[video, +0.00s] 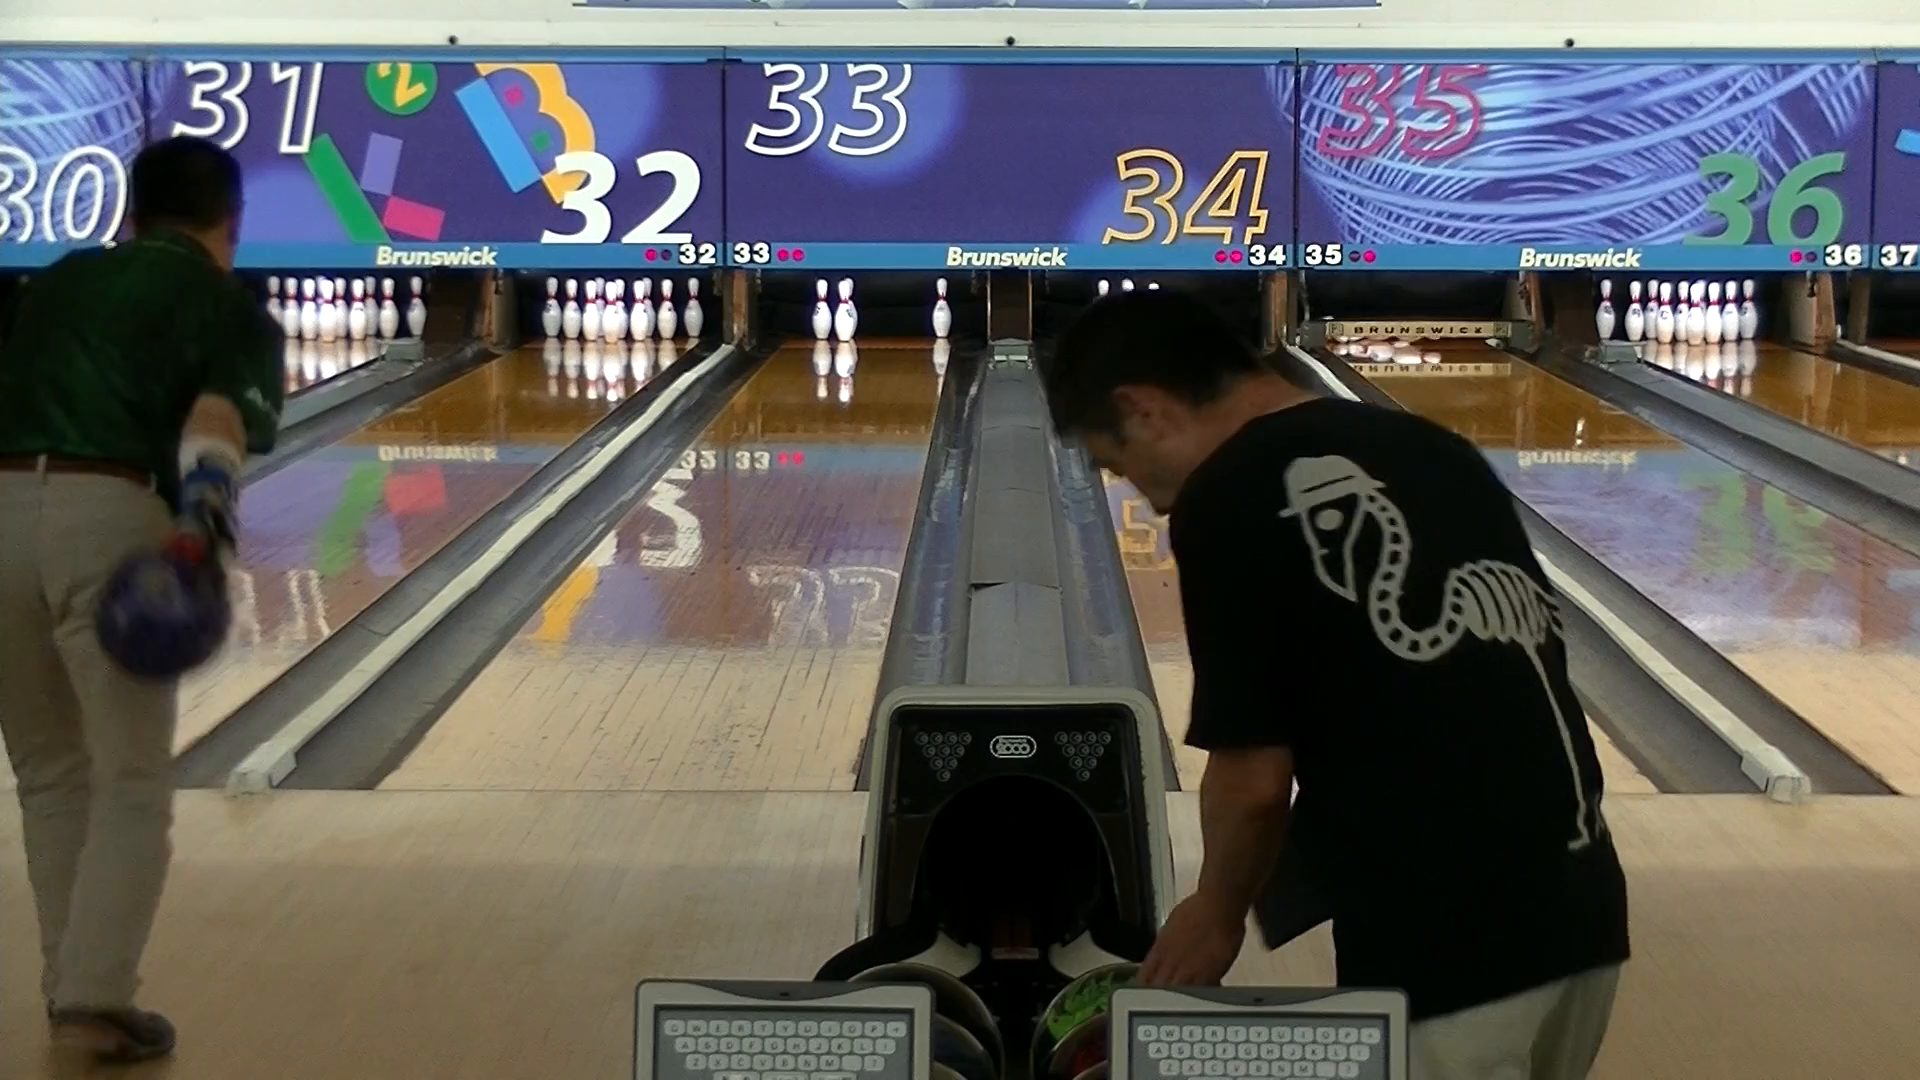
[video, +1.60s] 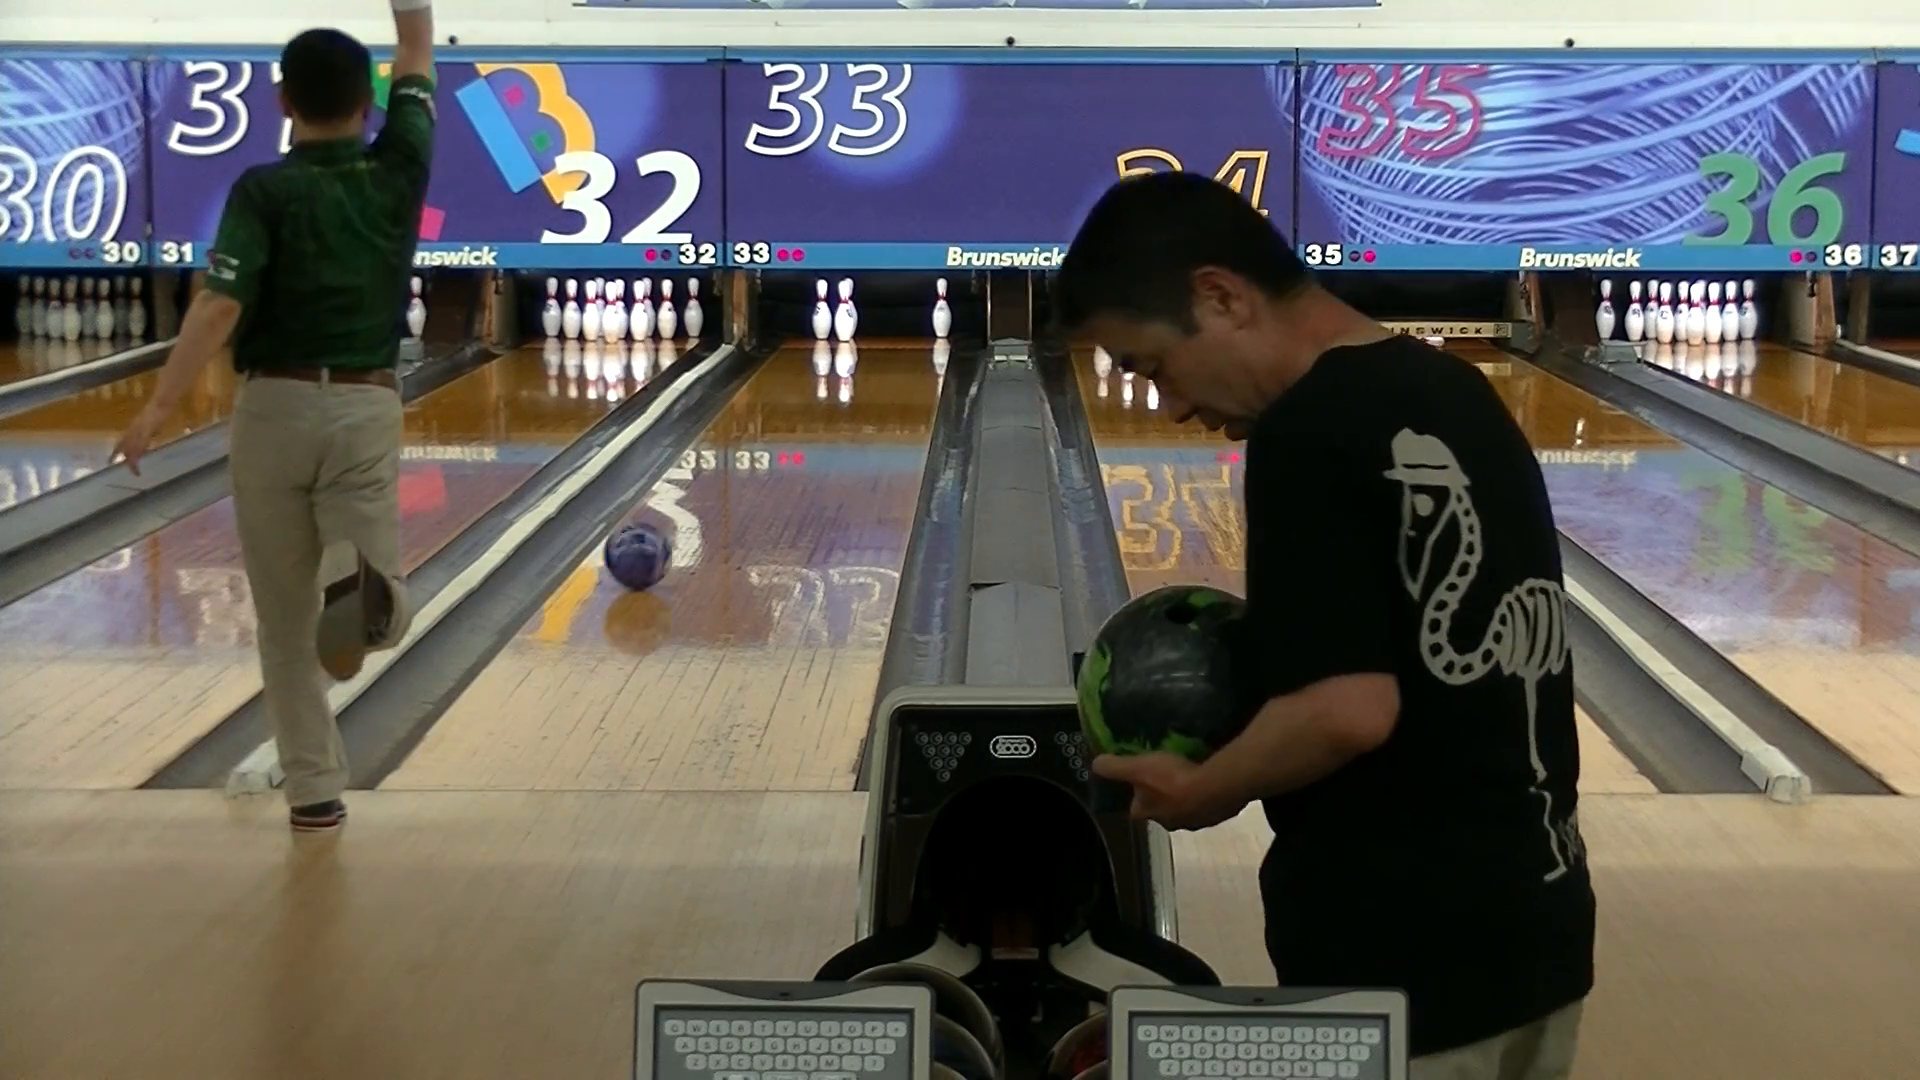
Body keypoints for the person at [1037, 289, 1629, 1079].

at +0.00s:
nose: (1139, 496)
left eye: (1117, 465)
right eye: (1115, 474)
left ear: (1147, 411)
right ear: (1239, 367)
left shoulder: (1227, 499)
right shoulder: (1436, 445)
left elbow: (1254, 780)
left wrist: (1216, 910)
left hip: (1437, 949)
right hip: (1584, 914)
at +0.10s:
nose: (1112, 542)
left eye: (1081, 509)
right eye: (1081, 518)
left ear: (1105, 443)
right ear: (1176, 405)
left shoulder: (1200, 502)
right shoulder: (1370, 455)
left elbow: (1254, 777)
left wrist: (1235, 905)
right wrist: (1228, 922)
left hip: (1438, 913)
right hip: (1577, 877)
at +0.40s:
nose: (1043, 646)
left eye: (1012, 620)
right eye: (1014, 631)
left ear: (1032, 550)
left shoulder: (1122, 562)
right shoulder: (1266, 519)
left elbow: (1197, 814)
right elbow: (1314, 801)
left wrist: (1151, 999)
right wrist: (1193, 935)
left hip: (1451, 873)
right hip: (1545, 837)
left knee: (1474, 1063)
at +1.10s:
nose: (1056, 563)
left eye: (1028, 536)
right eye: (1027, 551)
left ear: (1049, 453)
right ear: (1056, 440)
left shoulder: (1164, 510)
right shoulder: (1288, 451)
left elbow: (1251, 761)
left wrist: (1157, 881)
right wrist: (1177, 878)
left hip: (1431, 903)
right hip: (1543, 862)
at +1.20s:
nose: (1083, 499)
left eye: (1055, 470)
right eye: (1052, 482)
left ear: (1094, 390)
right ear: (1097, 384)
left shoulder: (1195, 472)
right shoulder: (1338, 418)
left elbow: (1258, 727)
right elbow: (1382, 680)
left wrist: (1151, 818)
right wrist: (1188, 796)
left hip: (1405, 925)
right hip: (1523, 885)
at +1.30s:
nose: (1101, 454)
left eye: (1077, 420)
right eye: (1072, 432)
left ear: (1125, 347)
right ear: (1129, 341)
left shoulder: (1216, 456)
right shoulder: (1378, 395)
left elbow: (1252, 720)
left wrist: (1145, 792)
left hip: (1389, 944)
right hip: (1519, 906)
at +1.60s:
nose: (1165, 405)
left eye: (1152, 367)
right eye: (1145, 378)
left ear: (1221, 300)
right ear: (1227, 295)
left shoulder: (1306, 432)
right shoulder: (1455, 390)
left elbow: (1350, 705)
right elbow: (1464, 646)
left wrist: (1208, 790)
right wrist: (1254, 670)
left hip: (1398, 963)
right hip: (1535, 926)